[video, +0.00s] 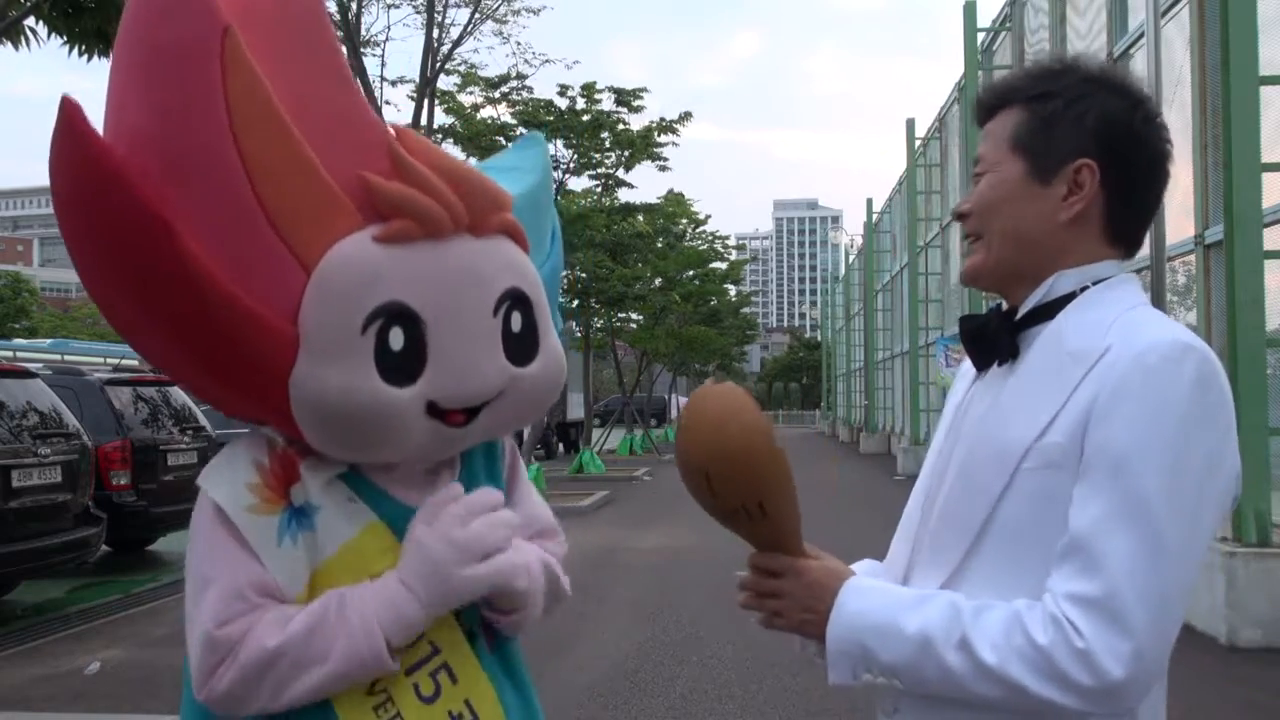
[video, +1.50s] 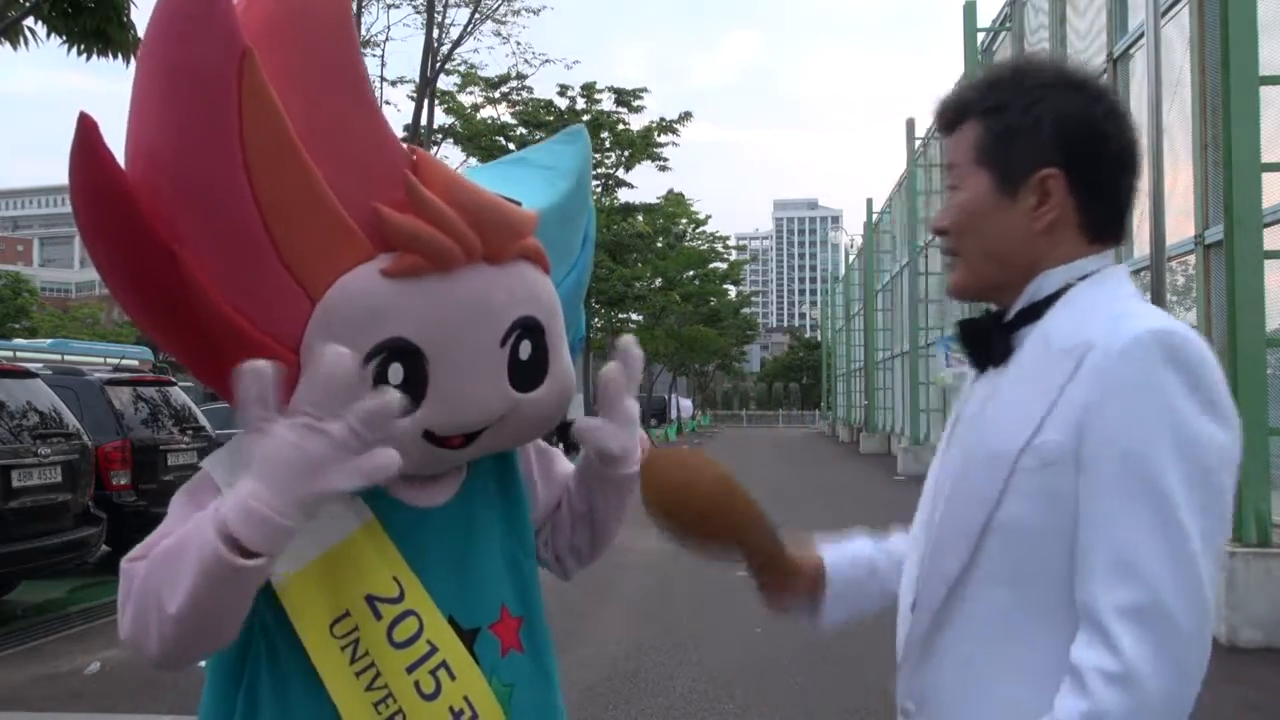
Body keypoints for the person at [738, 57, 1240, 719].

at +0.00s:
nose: (960, 206)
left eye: (983, 173)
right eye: (971, 179)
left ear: (1074, 189)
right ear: (1073, 192)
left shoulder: (1157, 364)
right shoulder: (991, 362)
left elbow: (1099, 656)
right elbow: (951, 569)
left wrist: (851, 615)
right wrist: (839, 588)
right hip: (916, 703)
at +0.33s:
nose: (926, 222)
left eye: (942, 187)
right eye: (932, 191)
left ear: (1036, 193)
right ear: (1034, 195)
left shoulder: (1151, 380)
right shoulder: (1001, 365)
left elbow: (1120, 687)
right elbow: (965, 586)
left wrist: (870, 675)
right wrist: (862, 617)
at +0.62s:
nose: (894, 221)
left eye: (910, 188)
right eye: (902, 191)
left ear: (1000, 196)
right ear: (998, 199)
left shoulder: (1116, 375)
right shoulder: (966, 365)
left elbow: (1155, 682)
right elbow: (949, 580)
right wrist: (845, 627)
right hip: (919, 705)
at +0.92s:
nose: (831, 245)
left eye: (844, 211)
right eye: (836, 215)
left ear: (929, 216)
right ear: (923, 219)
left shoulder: (1059, 372)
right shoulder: (907, 385)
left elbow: (1160, 672)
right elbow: (908, 593)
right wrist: (820, 655)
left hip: (1035, 709)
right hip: (924, 709)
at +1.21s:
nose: (865, 243)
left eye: (881, 208)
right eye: (873, 212)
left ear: (963, 216)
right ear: (960, 219)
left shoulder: (1081, 367)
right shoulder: (945, 373)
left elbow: (1121, 669)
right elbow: (932, 591)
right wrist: (816, 651)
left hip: (1018, 705)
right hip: (928, 704)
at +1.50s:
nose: (935, 222)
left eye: (954, 186)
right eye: (943, 190)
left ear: (1042, 198)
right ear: (1035, 200)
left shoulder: (1142, 356)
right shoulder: (1011, 356)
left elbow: (1139, 668)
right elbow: (964, 551)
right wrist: (823, 574)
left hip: (1020, 705)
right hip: (931, 701)